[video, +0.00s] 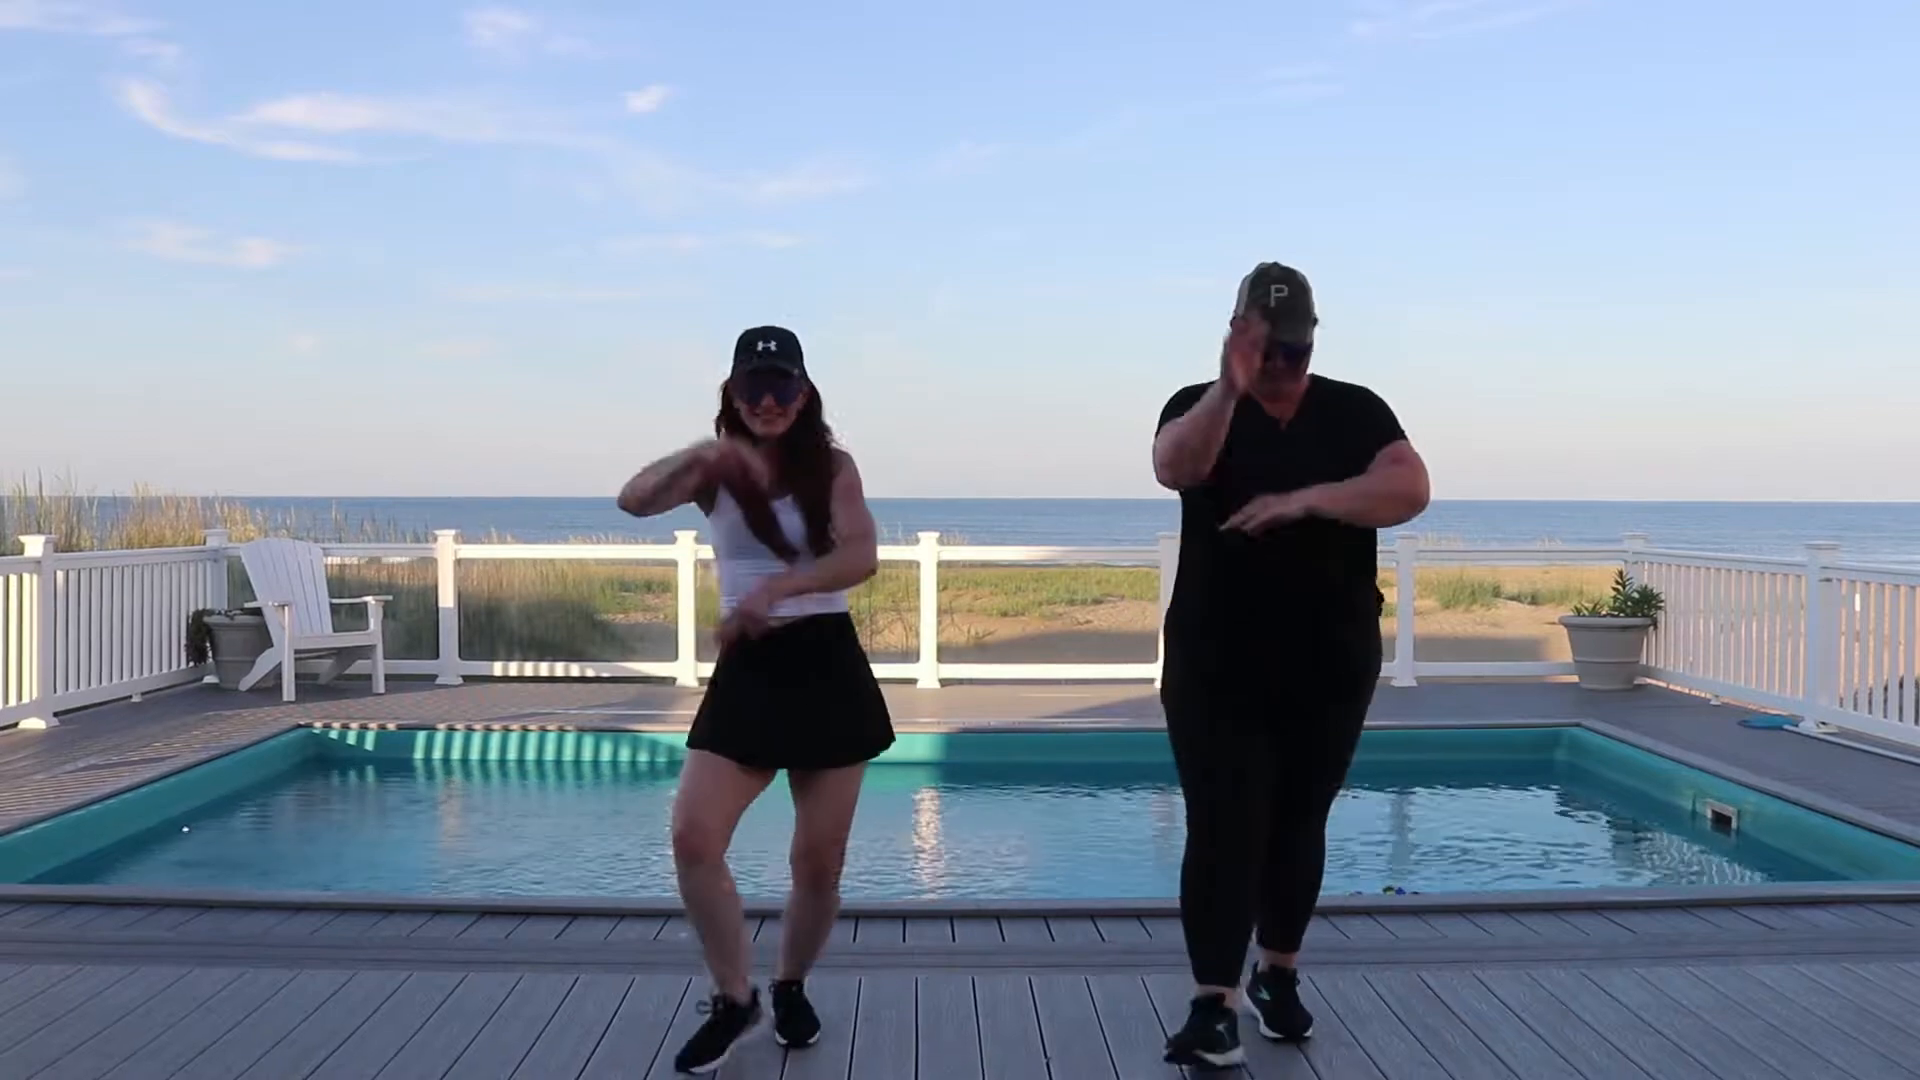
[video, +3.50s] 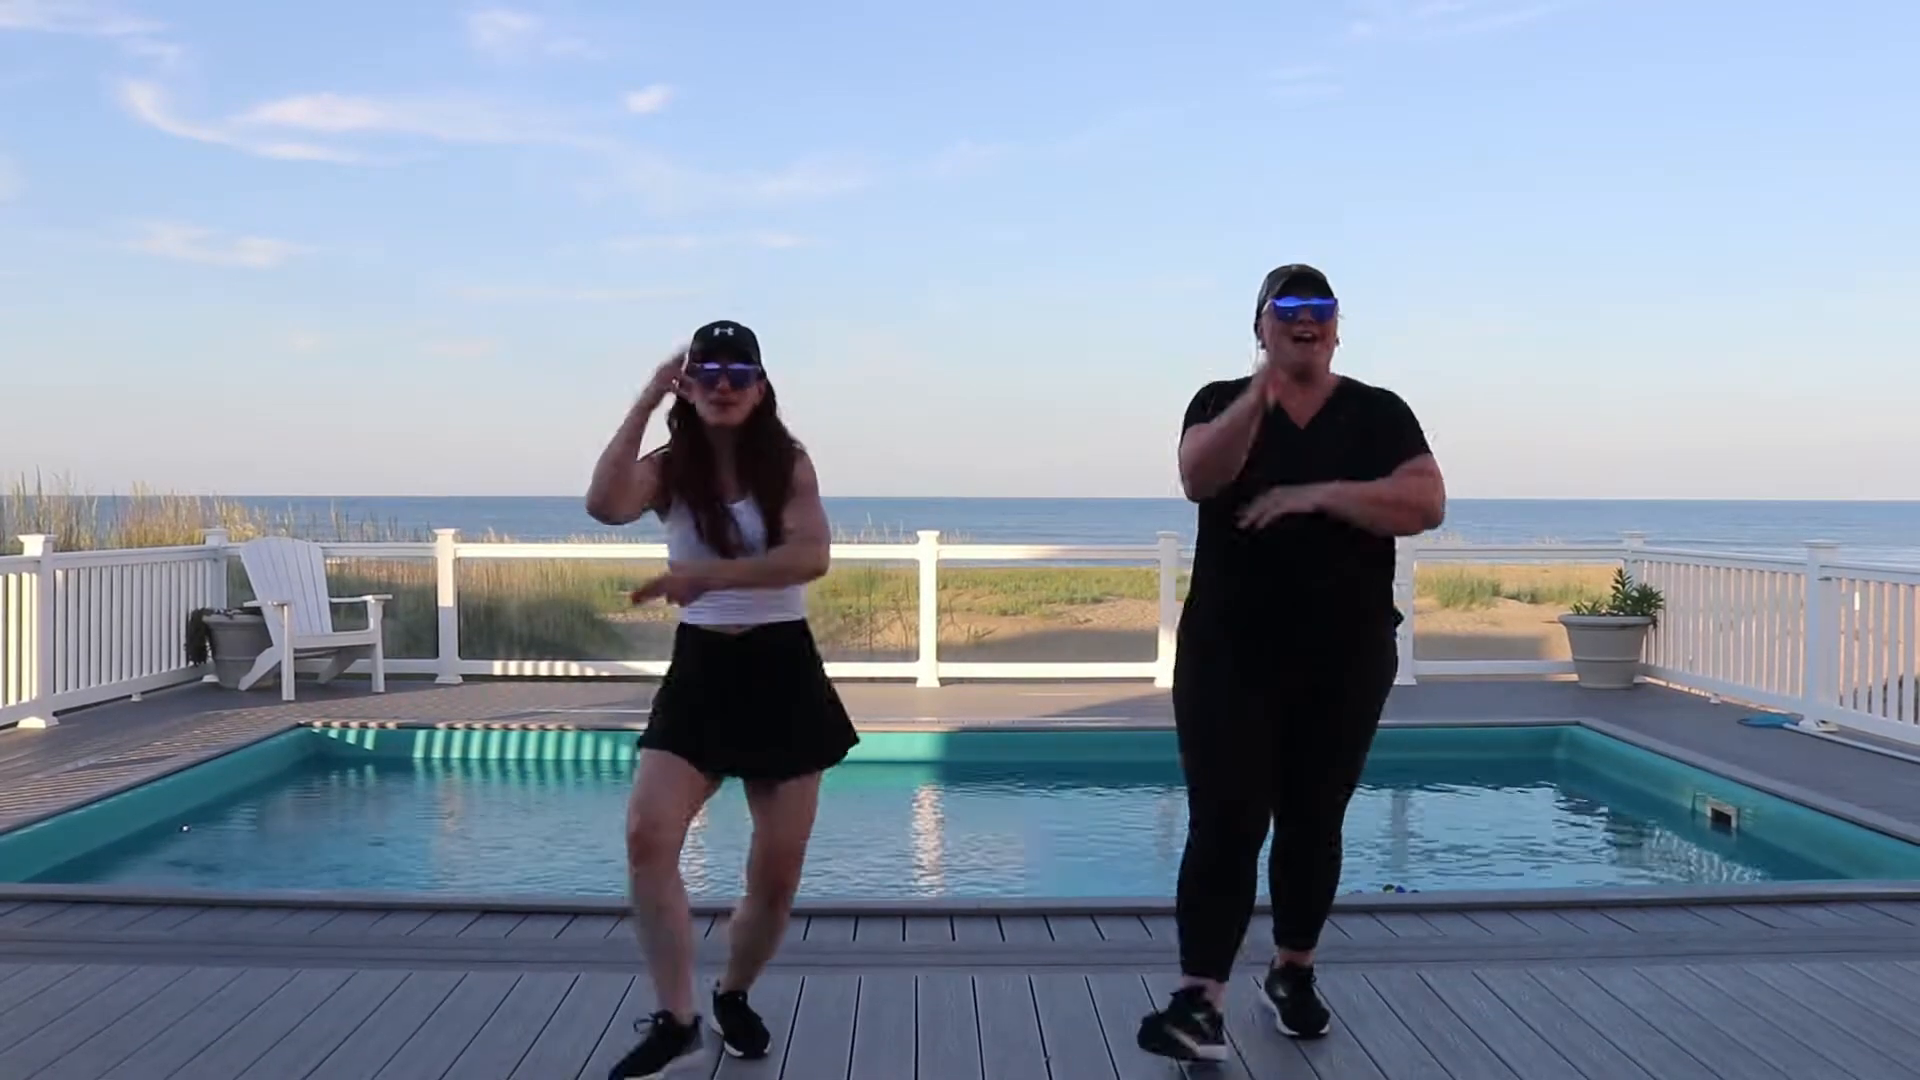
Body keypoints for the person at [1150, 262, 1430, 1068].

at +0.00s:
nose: (1286, 364)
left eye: (1298, 350)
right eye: (1271, 349)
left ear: (1313, 340)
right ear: (1238, 339)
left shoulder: (1353, 409)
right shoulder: (1195, 408)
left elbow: (1409, 489)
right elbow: (1179, 470)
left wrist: (1307, 498)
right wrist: (1230, 384)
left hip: (1327, 667)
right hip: (1216, 665)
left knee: (1301, 823)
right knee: (1222, 825)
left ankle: (1278, 974)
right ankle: (1214, 1000)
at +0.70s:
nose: (1269, 318)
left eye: (1284, 306)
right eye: (1254, 305)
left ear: (1304, 316)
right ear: (1229, 314)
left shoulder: (1346, 399)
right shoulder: (1186, 396)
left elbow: (1421, 475)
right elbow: (1165, 460)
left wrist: (1329, 488)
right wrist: (1264, 451)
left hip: (1321, 652)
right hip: (1206, 650)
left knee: (1306, 818)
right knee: (1211, 817)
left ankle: (1285, 966)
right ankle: (1220, 968)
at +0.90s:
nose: (1273, 321)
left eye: (1287, 312)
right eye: (1259, 309)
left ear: (1303, 331)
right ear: (1228, 324)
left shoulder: (1342, 418)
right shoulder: (1186, 414)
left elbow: (1420, 475)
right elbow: (1163, 505)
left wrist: (1377, 379)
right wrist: (1287, 520)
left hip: (1313, 664)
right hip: (1199, 664)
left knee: (1318, 828)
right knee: (1210, 830)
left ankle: (1344, 1003)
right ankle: (1222, 974)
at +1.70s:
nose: (1302, 316)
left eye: (1315, 305)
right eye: (1286, 306)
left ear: (1336, 322)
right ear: (1261, 324)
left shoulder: (1383, 409)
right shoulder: (1223, 405)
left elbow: (1454, 488)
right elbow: (1197, 479)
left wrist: (1367, 477)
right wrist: (1270, 483)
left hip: (1350, 665)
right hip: (1234, 662)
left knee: (1326, 825)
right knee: (1222, 827)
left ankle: (1312, 974)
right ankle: (1226, 971)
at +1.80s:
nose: (1301, 311)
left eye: (1315, 300)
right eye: (1285, 300)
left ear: (1336, 319)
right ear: (1260, 318)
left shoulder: (1383, 405)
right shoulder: (1222, 405)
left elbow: (1439, 489)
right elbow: (1204, 480)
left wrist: (1325, 497)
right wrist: (1271, 391)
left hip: (1353, 661)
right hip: (1238, 661)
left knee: (1329, 824)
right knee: (1238, 827)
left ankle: (1314, 979)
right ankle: (1217, 999)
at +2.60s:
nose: (1283, 323)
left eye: (1296, 313)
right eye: (1268, 311)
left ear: (1314, 329)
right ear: (1240, 325)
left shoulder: (1351, 423)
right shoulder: (1196, 413)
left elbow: (1428, 490)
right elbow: (1160, 500)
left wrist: (1375, 411)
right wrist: (1260, 511)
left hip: (1332, 662)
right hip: (1216, 665)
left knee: (1344, 827)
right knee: (1229, 829)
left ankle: (1357, 1003)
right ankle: (1236, 975)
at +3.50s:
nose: (1305, 324)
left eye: (1318, 313)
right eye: (1289, 313)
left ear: (1337, 328)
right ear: (1261, 327)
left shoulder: (1379, 412)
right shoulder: (1222, 404)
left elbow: (1426, 503)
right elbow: (1198, 481)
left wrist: (1318, 494)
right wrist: (1260, 395)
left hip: (1343, 658)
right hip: (1228, 654)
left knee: (1314, 821)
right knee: (1223, 821)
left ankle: (1294, 972)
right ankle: (1199, 995)